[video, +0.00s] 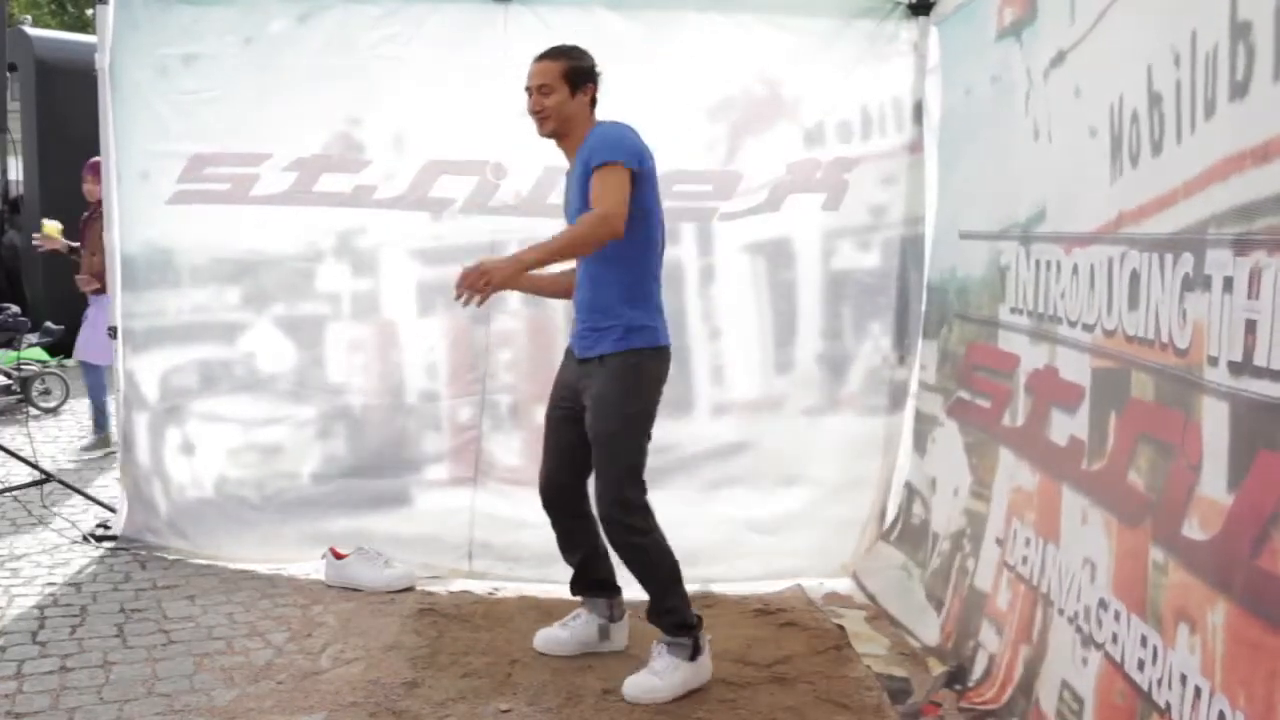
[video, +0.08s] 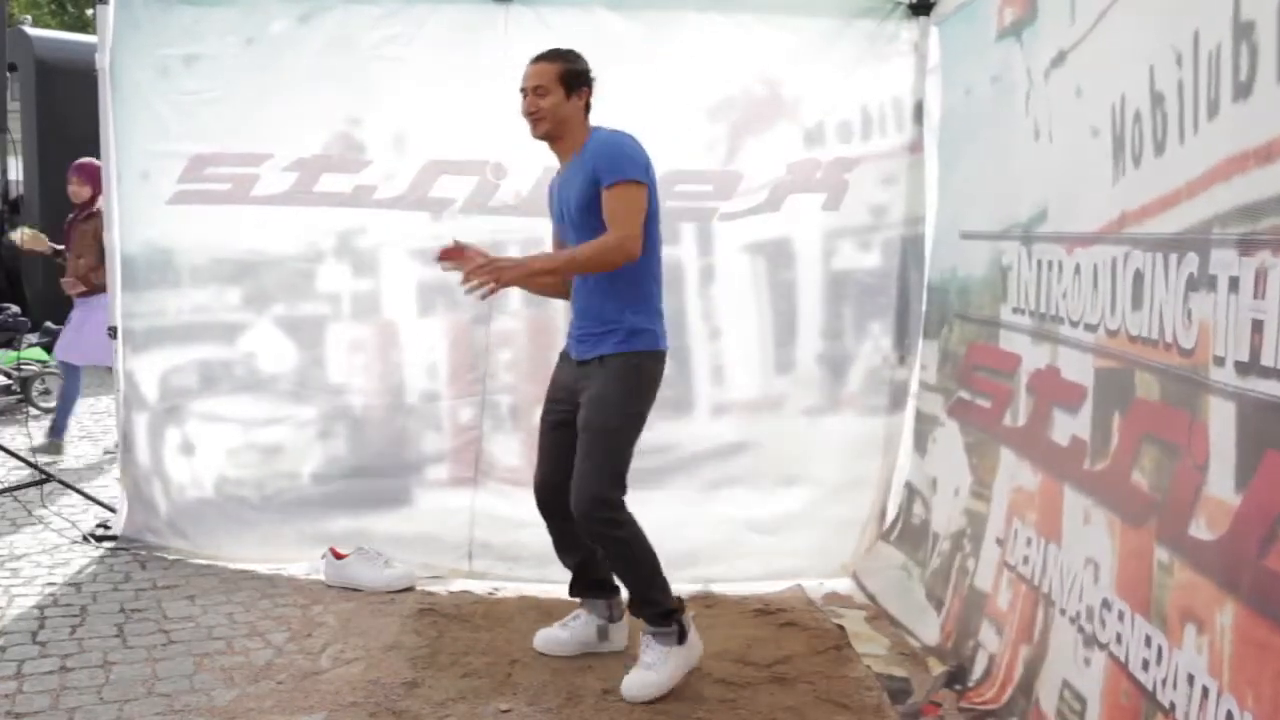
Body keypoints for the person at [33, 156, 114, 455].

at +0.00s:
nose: (86, 187)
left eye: (91, 181)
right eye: (84, 181)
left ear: (105, 184)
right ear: (85, 183)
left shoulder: (113, 215)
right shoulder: (91, 216)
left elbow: (122, 263)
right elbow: (92, 254)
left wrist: (99, 283)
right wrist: (65, 246)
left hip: (111, 299)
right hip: (97, 299)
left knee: (91, 359)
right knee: (90, 360)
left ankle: (104, 431)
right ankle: (102, 432)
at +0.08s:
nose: (73, 188)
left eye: (79, 183)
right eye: (71, 182)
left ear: (95, 186)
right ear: (70, 184)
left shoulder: (105, 217)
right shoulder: (77, 218)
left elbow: (117, 264)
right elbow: (78, 257)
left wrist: (85, 283)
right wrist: (49, 248)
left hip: (103, 302)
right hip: (84, 302)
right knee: (69, 364)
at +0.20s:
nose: (47, 192)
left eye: (54, 187)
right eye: (46, 186)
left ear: (69, 191)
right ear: (45, 188)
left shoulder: (81, 222)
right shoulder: (52, 223)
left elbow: (95, 266)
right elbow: (48, 265)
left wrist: (58, 287)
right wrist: (21, 252)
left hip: (80, 309)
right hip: (63, 309)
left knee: (41, 376)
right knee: (102, 373)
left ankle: (9, 439)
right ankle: (133, 432)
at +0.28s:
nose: (29, 192)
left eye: (36, 188)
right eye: (29, 186)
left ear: (51, 193)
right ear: (31, 189)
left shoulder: (61, 225)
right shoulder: (33, 223)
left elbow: (75, 271)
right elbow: (30, 266)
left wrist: (37, 292)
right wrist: (4, 256)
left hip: (56, 313)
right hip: (42, 312)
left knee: (19, 381)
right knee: (82, 373)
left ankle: (2, 440)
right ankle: (129, 426)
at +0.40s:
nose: (2, 190)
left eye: (8, 185)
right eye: (2, 184)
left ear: (23, 190)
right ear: (5, 188)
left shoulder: (33, 223)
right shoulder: (8, 220)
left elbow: (44, 272)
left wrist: (9, 289)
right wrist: (10, 286)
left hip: (25, 307)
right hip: (11, 306)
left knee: (27, 376)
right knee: (26, 376)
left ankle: (92, 410)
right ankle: (91, 410)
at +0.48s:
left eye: (0, 183)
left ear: (8, 185)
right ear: (9, 185)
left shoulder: (18, 218)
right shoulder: (9, 217)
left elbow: (30, 266)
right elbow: (27, 266)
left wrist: (3, 282)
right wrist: (7, 279)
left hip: (13, 303)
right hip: (11, 302)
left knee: (7, 377)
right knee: (7, 377)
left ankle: (54, 411)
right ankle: (52, 411)